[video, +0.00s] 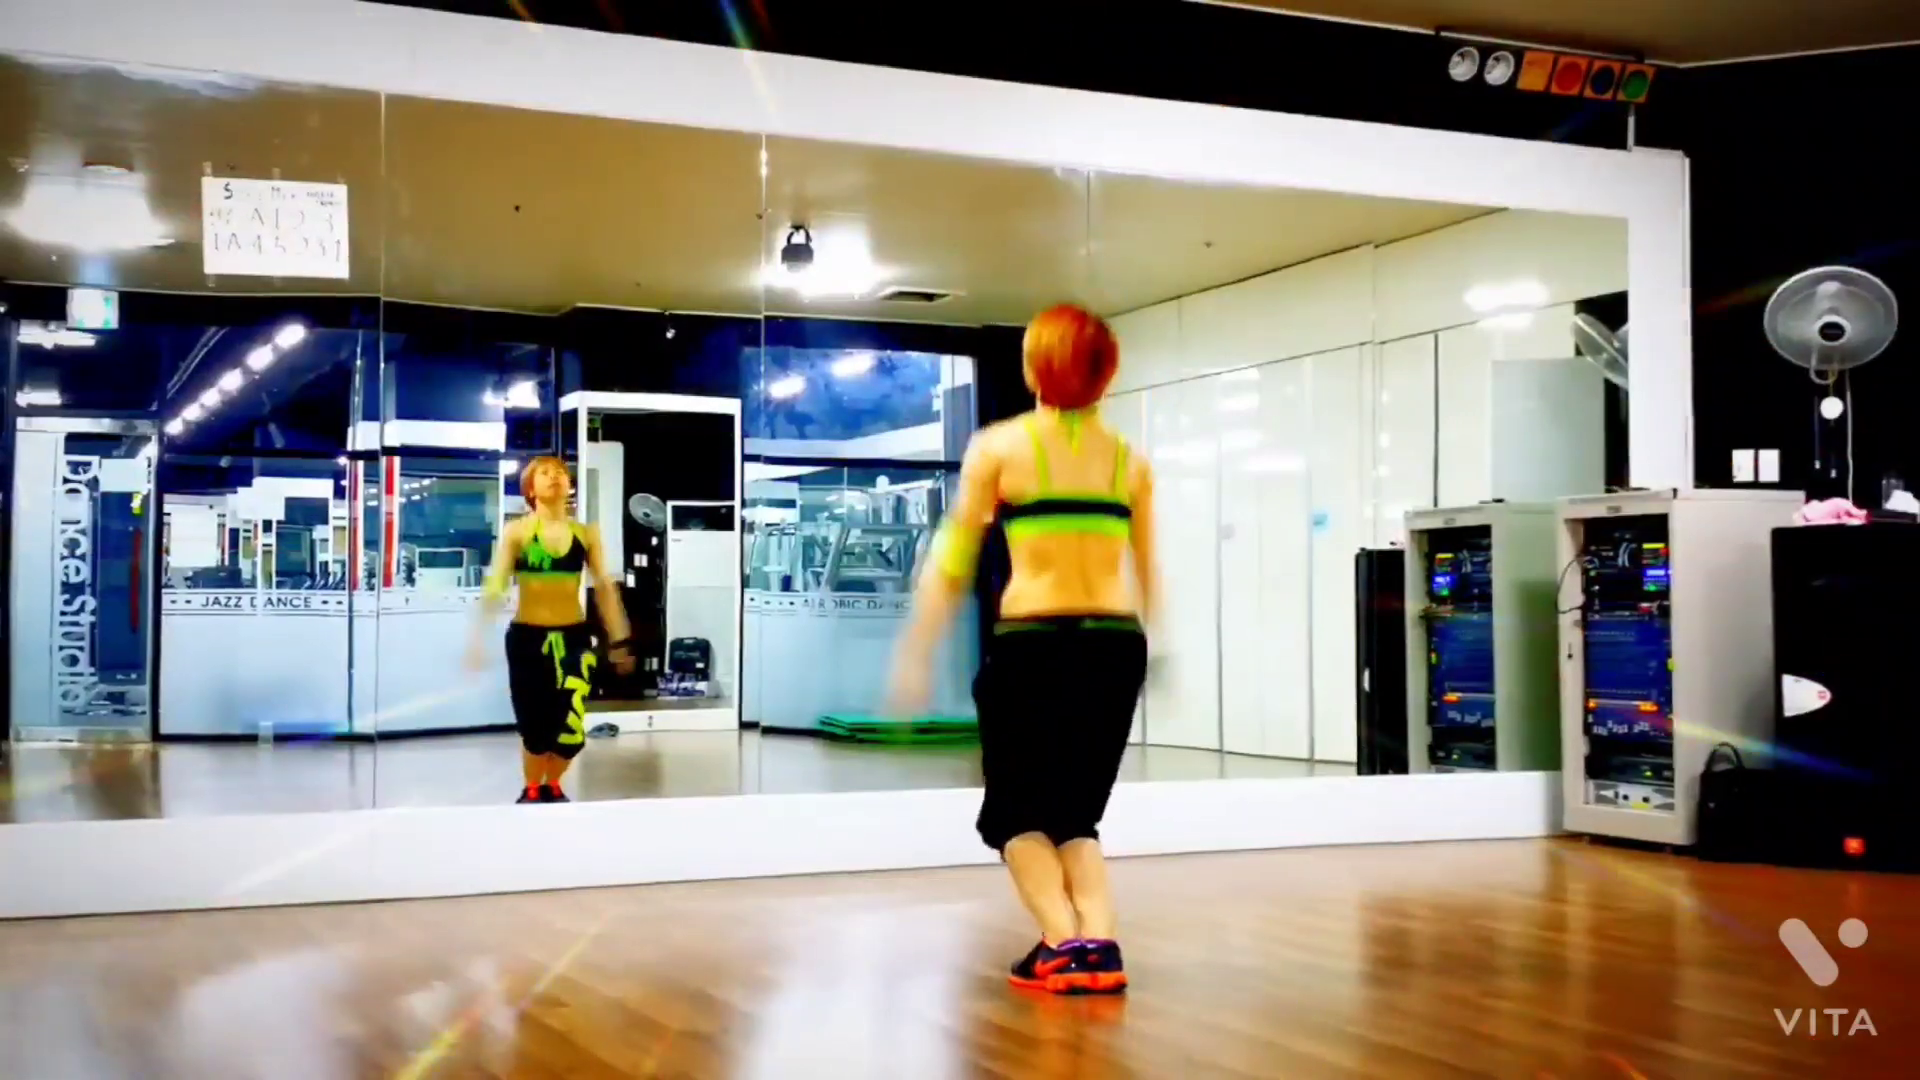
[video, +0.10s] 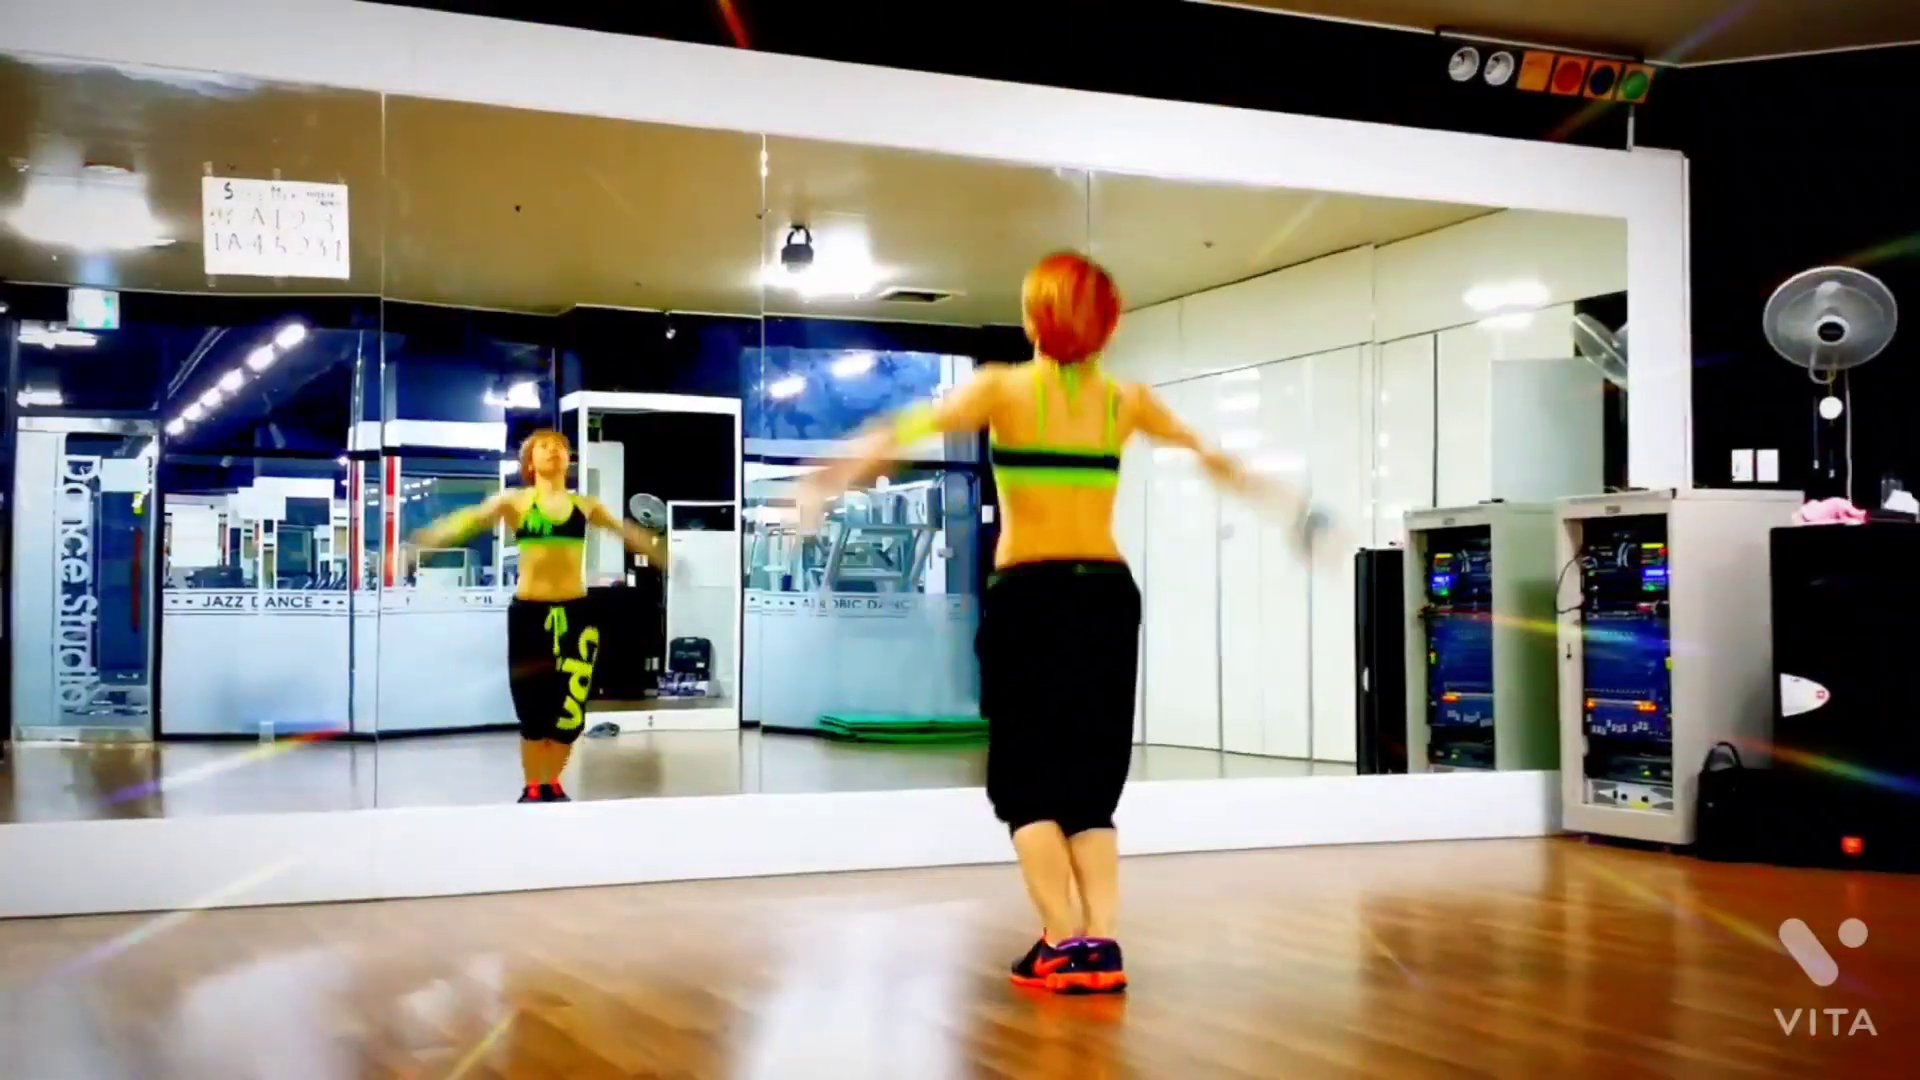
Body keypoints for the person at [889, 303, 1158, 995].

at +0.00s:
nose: (1040, 373)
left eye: (1038, 361)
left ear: (1033, 371)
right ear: (1106, 375)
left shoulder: (998, 447)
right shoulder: (1128, 460)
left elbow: (953, 563)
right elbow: (1146, 569)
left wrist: (917, 654)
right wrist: (1143, 637)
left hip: (1030, 645)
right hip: (1114, 646)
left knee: (1014, 808)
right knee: (1075, 809)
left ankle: (1061, 941)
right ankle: (1101, 944)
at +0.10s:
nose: (1037, 323)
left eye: (1037, 310)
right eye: (1074, 312)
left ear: (1031, 319)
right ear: (1103, 322)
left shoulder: (1000, 388)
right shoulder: (1123, 398)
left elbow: (899, 436)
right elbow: (1208, 453)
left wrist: (831, 483)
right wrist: (1279, 500)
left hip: (1027, 595)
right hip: (1106, 593)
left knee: (1022, 775)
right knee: (1092, 775)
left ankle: (1062, 938)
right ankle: (1101, 942)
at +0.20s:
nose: (1029, 297)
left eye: (1031, 287)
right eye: (1043, 289)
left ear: (1034, 301)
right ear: (1103, 306)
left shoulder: (1002, 368)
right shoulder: (1126, 381)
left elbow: (894, 373)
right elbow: (1222, 399)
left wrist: (797, 390)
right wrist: (1296, 412)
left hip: (1024, 583)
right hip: (1105, 582)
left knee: (1026, 770)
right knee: (1100, 772)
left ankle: (1064, 937)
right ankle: (1102, 943)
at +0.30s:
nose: (1022, 288)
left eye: (1028, 279)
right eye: (1038, 278)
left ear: (1032, 295)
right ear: (1101, 299)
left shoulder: (1006, 356)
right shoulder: (1116, 371)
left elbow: (915, 287)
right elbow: (1207, 310)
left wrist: (823, 230)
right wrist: (1305, 254)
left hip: (1022, 575)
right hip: (1102, 573)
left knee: (1036, 759)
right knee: (1111, 758)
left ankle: (1060, 938)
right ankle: (1102, 942)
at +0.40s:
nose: (1026, 292)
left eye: (1031, 282)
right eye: (1036, 283)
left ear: (1036, 299)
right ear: (1103, 304)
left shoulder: (1011, 354)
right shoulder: (1115, 366)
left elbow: (932, 264)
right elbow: (1189, 280)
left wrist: (849, 185)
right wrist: (1269, 203)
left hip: (1023, 572)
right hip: (1104, 569)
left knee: (1039, 769)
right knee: (1114, 765)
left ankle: (1060, 938)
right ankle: (1102, 942)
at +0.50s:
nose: (1030, 281)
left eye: (1035, 274)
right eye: (1057, 274)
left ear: (1038, 294)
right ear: (1106, 301)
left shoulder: (1009, 349)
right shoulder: (1114, 362)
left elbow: (951, 230)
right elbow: (1161, 262)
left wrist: (886, 129)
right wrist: (1215, 162)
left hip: (1021, 575)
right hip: (1103, 573)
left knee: (1035, 766)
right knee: (1115, 763)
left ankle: (1063, 939)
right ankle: (1103, 943)